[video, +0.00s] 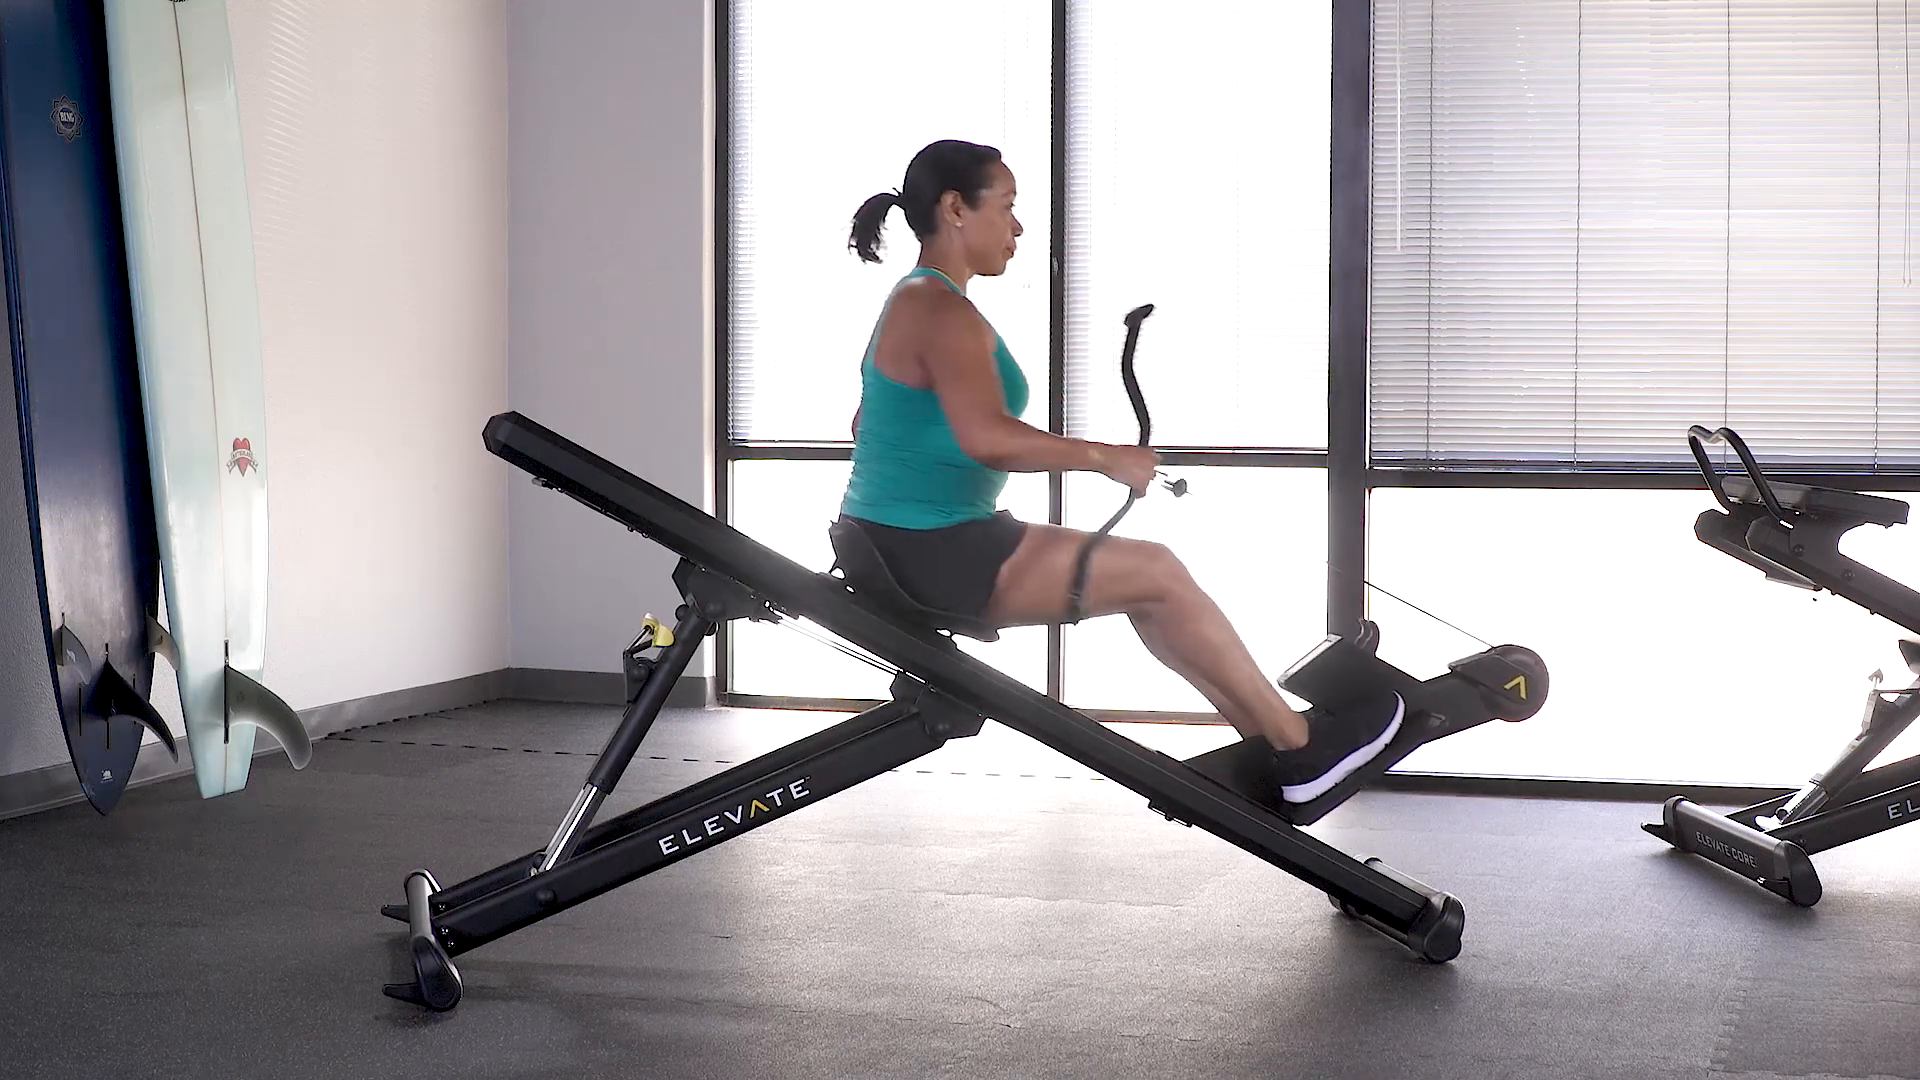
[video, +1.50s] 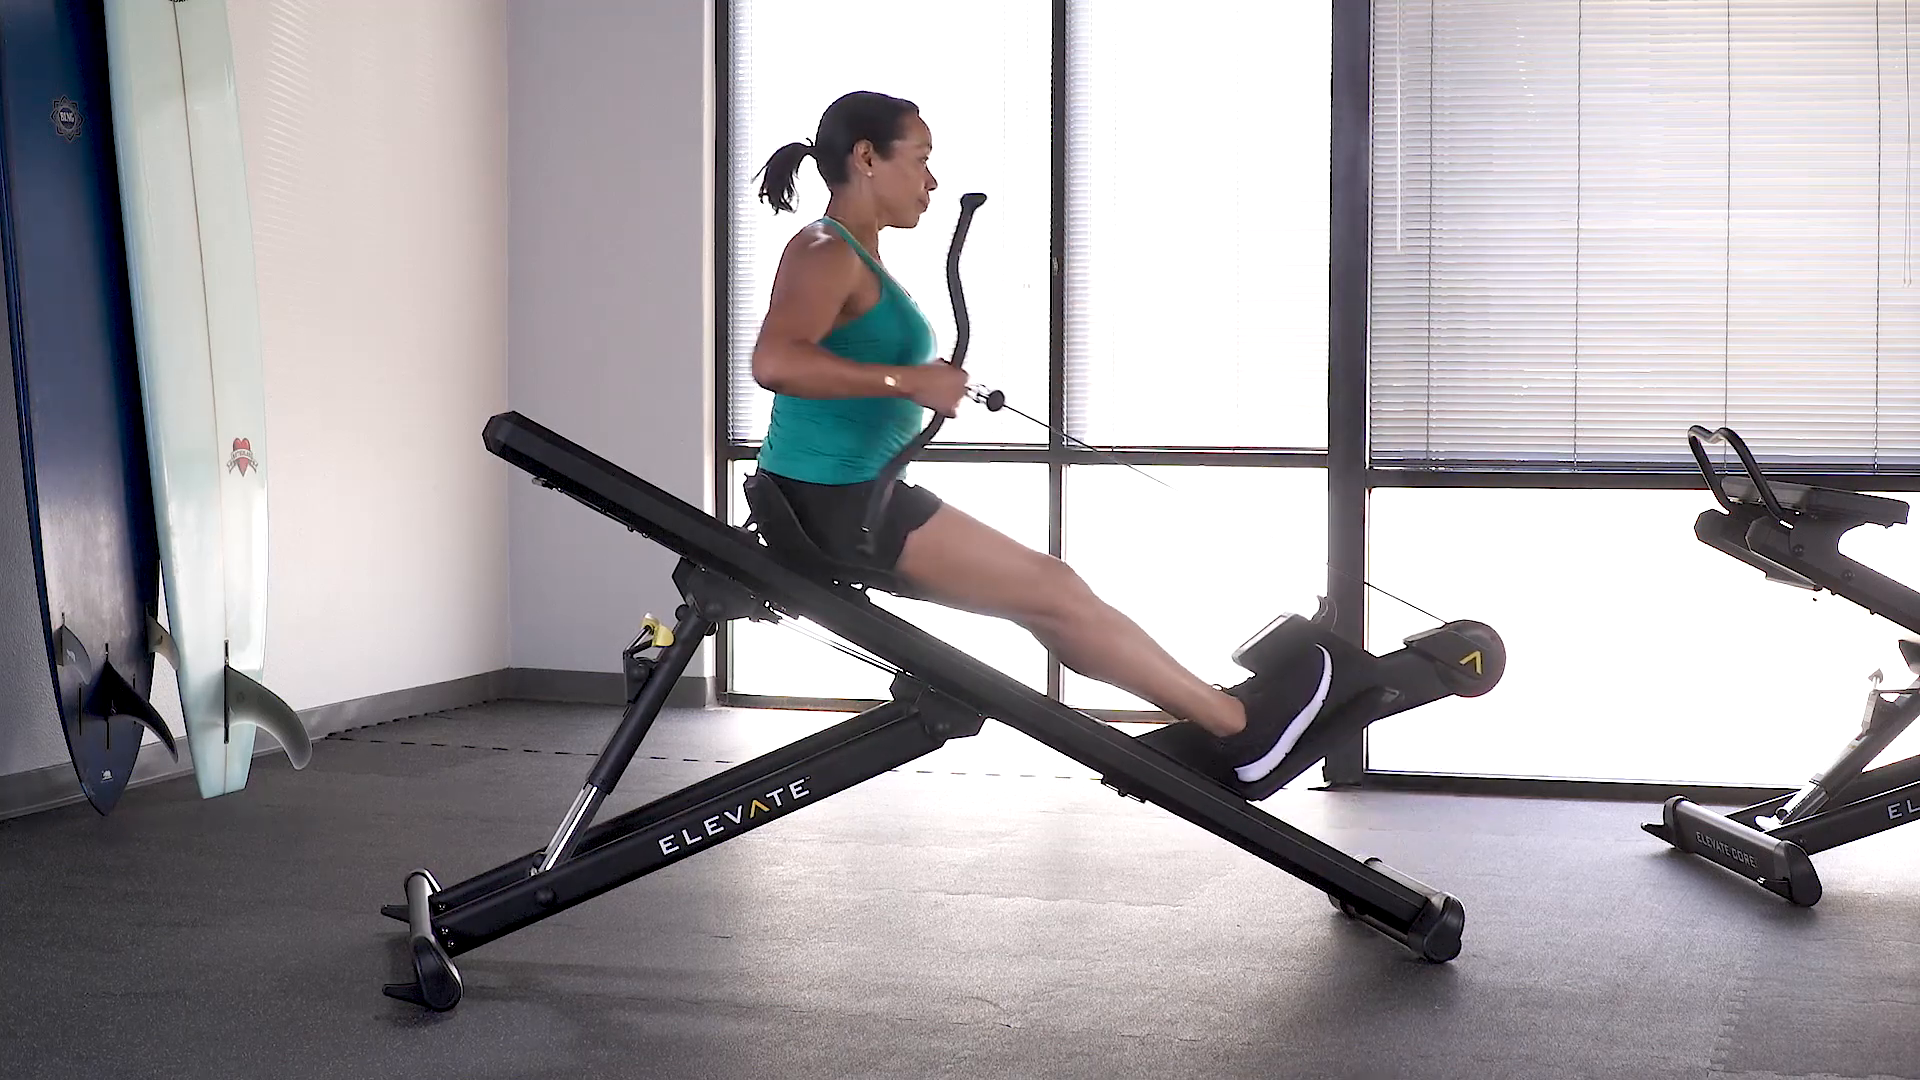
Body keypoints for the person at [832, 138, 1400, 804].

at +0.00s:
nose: (1018, 223)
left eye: (1014, 205)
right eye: (1007, 205)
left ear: (953, 213)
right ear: (954, 210)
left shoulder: (915, 303)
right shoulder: (942, 311)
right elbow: (984, 435)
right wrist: (1102, 458)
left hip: (901, 542)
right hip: (922, 549)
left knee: (1145, 581)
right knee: (1156, 571)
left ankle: (1269, 732)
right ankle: (1297, 744)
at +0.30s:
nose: (1167, 299)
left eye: (1163, 281)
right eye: (1156, 281)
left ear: (1097, 288)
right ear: (1104, 286)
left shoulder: (1040, 380)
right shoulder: (1140, 398)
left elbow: (974, 486)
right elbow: (1258, 520)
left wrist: (1028, 562)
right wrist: (1360, 561)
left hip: (997, 612)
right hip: (1071, 625)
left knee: (1252, 571)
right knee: (1281, 578)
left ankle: (1326, 757)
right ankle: (1367, 772)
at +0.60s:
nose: (1259, 343)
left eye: (1255, 326)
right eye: (1247, 326)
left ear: (1190, 338)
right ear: (1198, 335)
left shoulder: (1122, 424)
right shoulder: (1254, 446)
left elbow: (1043, 520)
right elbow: (1380, 549)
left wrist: (1086, 594)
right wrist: (1480, 620)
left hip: (1069, 647)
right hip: (1140, 665)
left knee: (1316, 574)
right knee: (1345, 583)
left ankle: (1361, 771)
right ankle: (1400, 792)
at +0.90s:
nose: (1218, 317)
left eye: (1211, 299)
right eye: (1205, 301)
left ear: (1149, 318)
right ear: (1155, 315)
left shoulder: (1088, 404)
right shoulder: (1213, 428)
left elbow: (1017, 504)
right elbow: (1334, 532)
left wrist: (1066, 582)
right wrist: (1442, 603)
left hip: (1036, 629)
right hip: (1110, 643)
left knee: (1290, 579)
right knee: (1320, 583)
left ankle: (1346, 760)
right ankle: (1393, 788)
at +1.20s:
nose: (1047, 234)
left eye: (1042, 216)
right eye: (1033, 216)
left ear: (979, 227)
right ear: (981, 224)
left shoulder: (935, 314)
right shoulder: (996, 324)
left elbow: (897, 448)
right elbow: (1078, 456)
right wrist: (1191, 500)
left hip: (906, 558)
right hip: (952, 564)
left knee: (1162, 590)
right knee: (1172, 582)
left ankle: (1292, 742)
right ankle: (1319, 754)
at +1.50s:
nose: (930, 178)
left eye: (928, 161)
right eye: (919, 159)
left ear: (869, 165)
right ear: (864, 162)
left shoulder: (852, 253)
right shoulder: (823, 252)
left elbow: (810, 361)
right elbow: (773, 361)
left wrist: (916, 379)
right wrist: (904, 382)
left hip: (851, 491)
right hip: (830, 499)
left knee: (1052, 588)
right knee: (1051, 592)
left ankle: (1225, 716)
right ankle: (1232, 721)